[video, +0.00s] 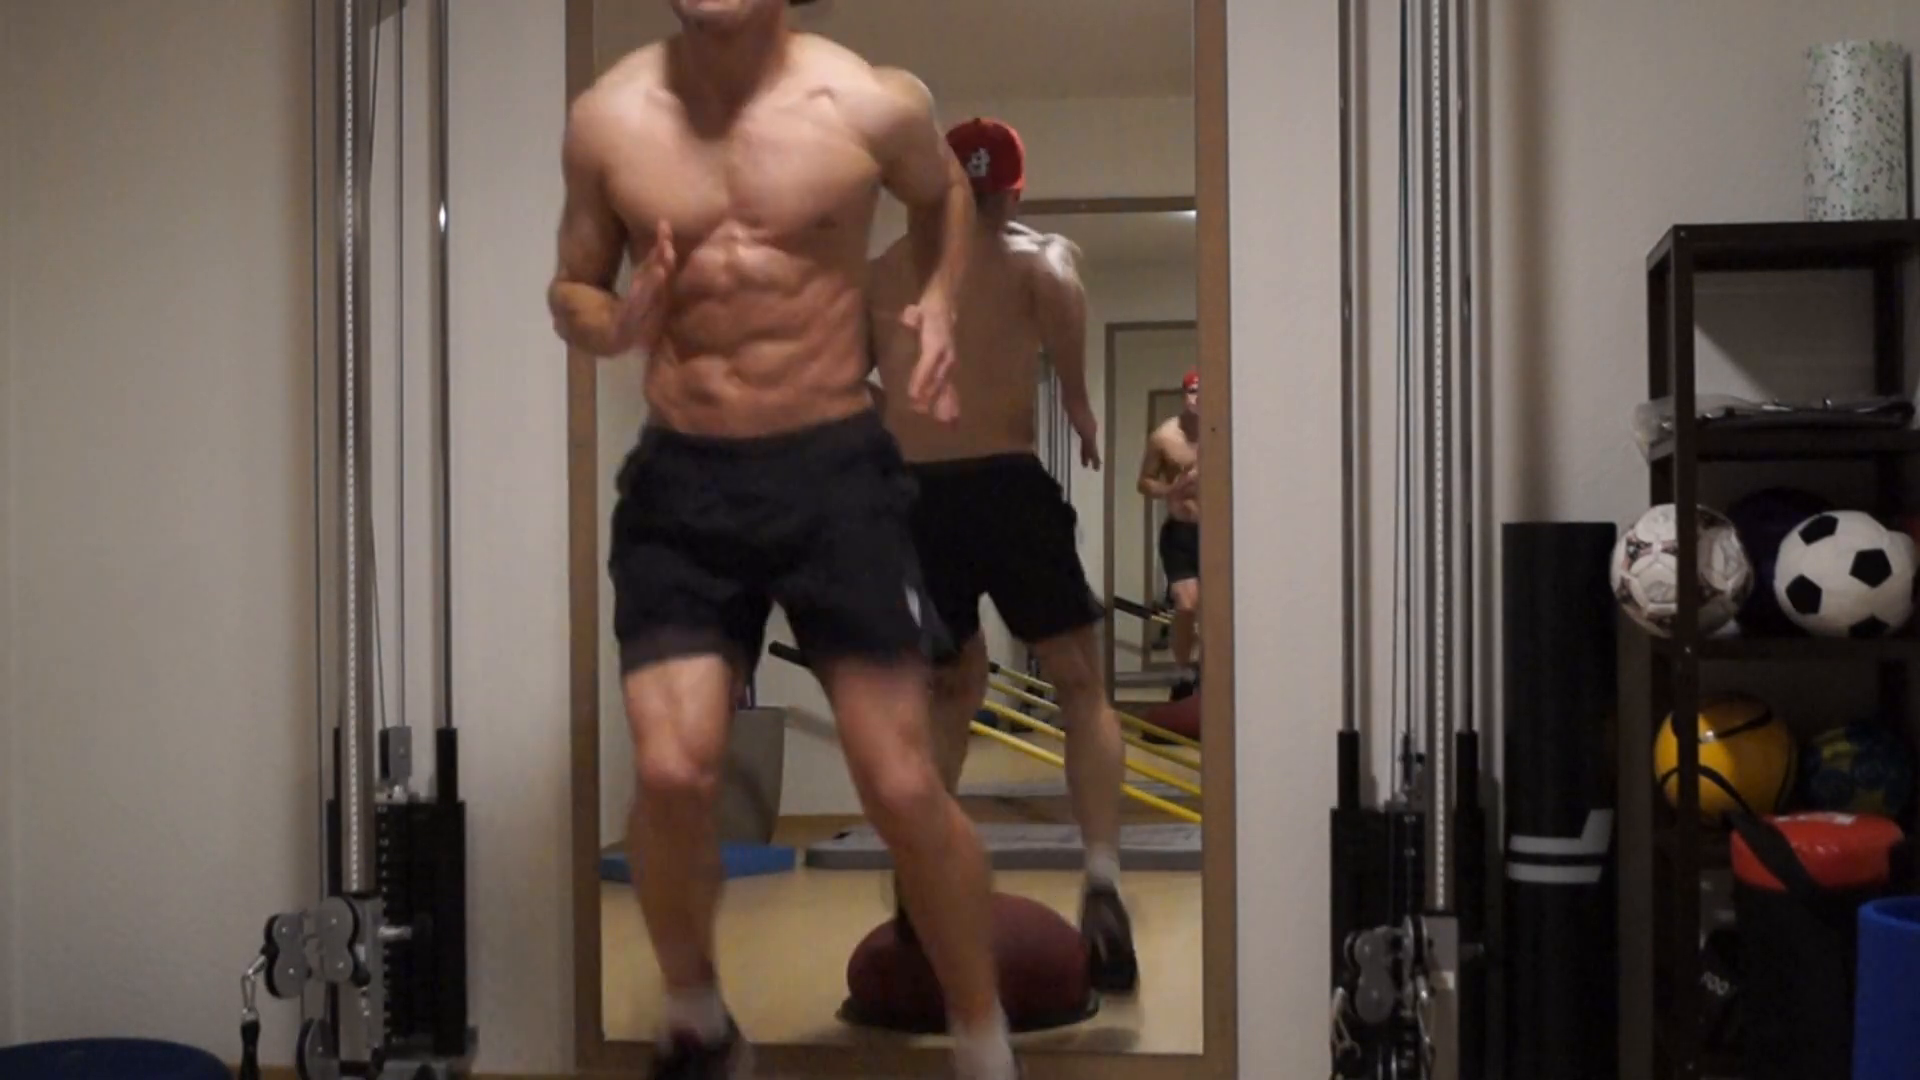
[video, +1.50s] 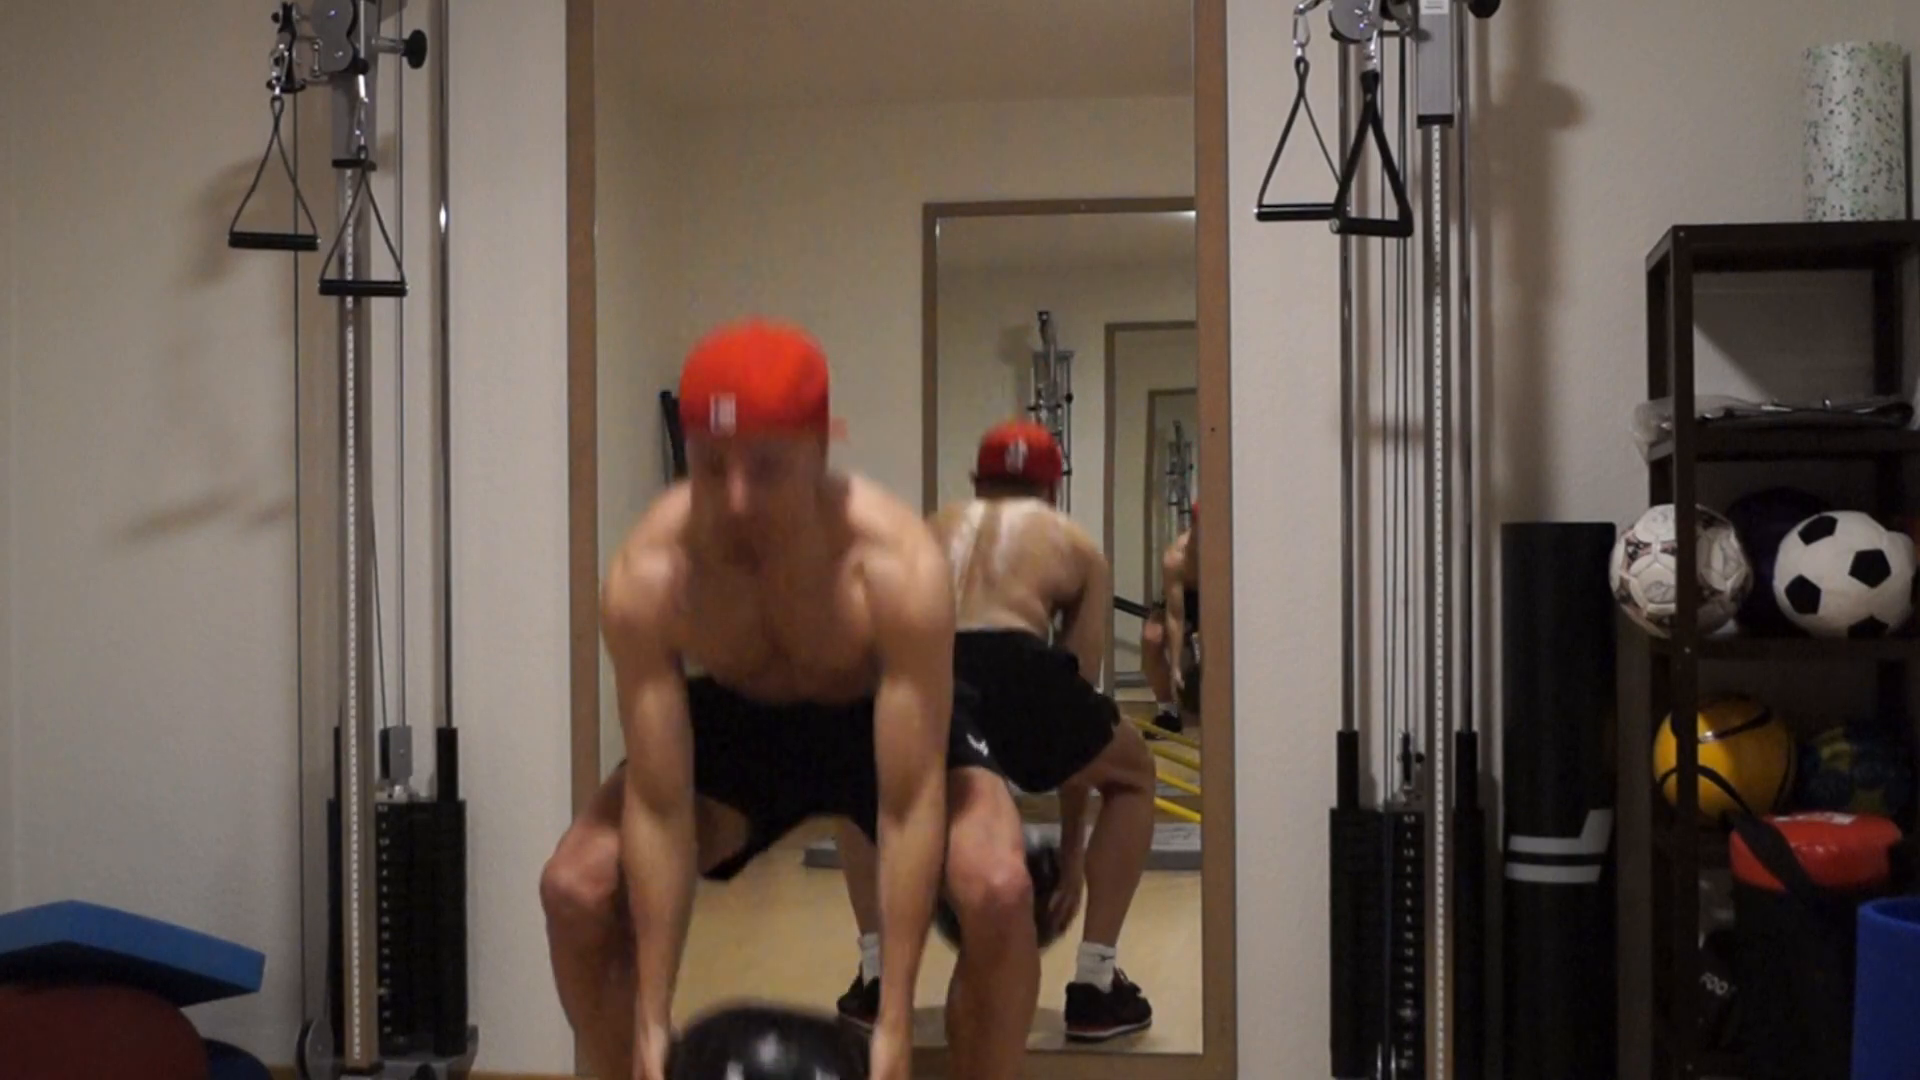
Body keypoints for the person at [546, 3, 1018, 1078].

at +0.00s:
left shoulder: (871, 105)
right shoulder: (607, 115)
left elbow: (944, 200)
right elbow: (572, 289)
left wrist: (937, 305)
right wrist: (617, 326)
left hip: (838, 477)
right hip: (682, 484)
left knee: (903, 789)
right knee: (669, 772)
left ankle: (984, 1052)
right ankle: (695, 1027)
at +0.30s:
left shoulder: (851, 91)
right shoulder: (590, 100)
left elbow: (957, 209)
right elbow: (561, 265)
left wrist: (935, 330)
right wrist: (592, 323)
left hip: (824, 437)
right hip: (670, 448)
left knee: (818, 728)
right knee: (651, 754)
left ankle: (896, 963)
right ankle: (730, 1040)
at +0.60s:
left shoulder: (789, 87)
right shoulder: (544, 89)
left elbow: (869, 276)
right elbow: (515, 203)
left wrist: (753, 220)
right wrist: (498, 326)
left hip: (723, 466)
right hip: (572, 458)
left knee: (672, 765)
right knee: (490, 782)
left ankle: (728, 1034)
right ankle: (475, 1061)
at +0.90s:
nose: (744, 2)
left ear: (823, 19)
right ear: (707, 18)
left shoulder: (874, 121)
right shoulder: (643, 131)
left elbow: (927, 0)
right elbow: (511, 10)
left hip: (846, 530)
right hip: (688, 531)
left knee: (919, 854)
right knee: (659, 858)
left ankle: (959, 1068)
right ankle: (651, 1074)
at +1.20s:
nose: (758, 88)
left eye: (786, 70)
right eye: (738, 67)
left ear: (836, 105)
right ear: (709, 95)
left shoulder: (901, 244)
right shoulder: (654, 256)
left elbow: (963, 444)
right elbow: (612, 453)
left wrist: (877, 449)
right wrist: (665, 431)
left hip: (887, 598)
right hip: (728, 598)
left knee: (965, 876)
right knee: (619, 856)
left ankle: (974, 1071)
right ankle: (645, 1074)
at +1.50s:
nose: (739, 500)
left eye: (768, 468)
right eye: (714, 467)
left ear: (824, 450)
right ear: (688, 455)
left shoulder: (902, 566)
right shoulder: (648, 575)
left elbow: (911, 809)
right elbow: (657, 810)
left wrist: (894, 1032)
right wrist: (651, 1031)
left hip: (884, 722)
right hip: (740, 732)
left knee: (1001, 893)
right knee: (575, 892)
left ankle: (985, 1066)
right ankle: (616, 1065)